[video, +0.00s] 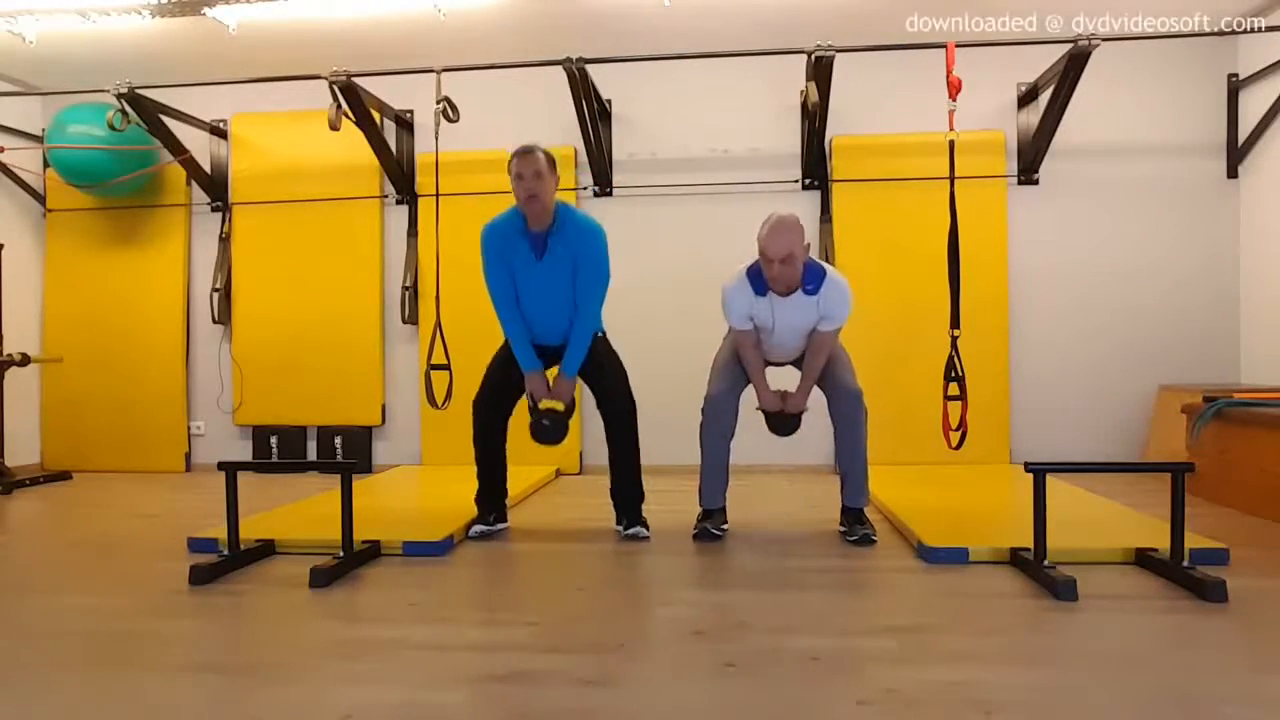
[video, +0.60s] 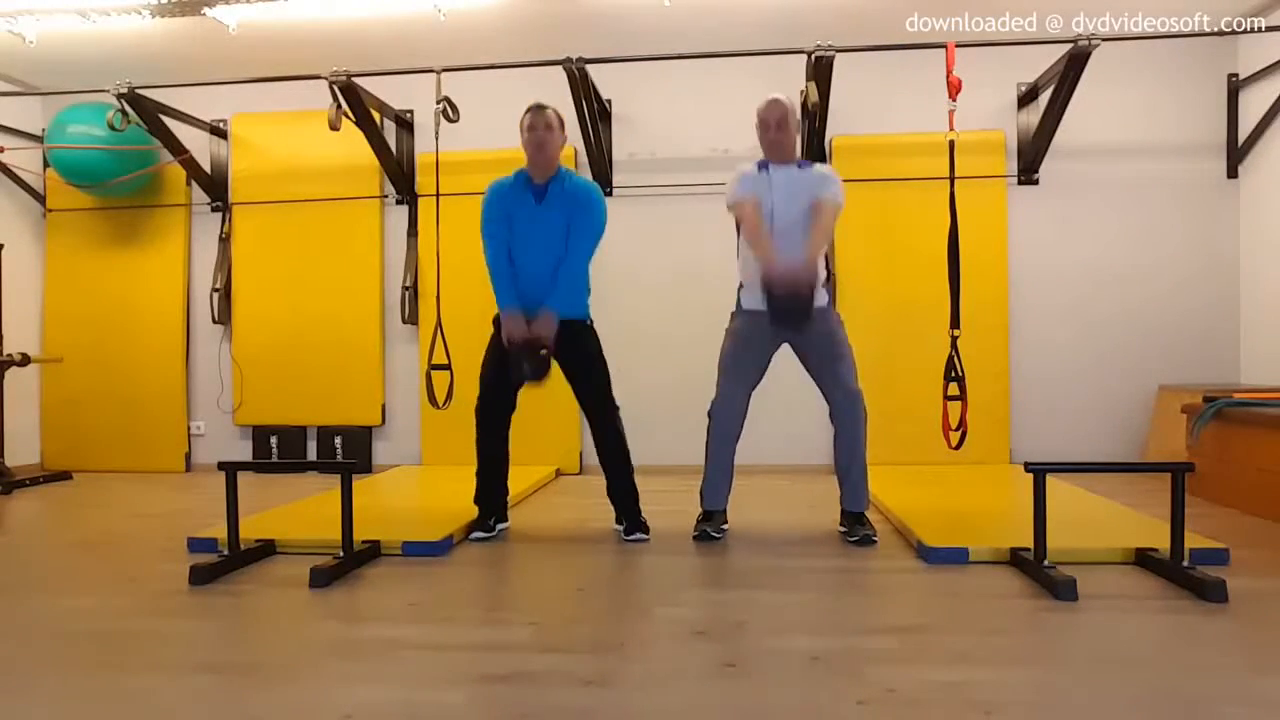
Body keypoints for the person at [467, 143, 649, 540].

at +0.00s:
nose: (527, 186)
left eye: (536, 177)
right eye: (519, 178)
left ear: (555, 181)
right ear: (511, 185)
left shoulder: (587, 233)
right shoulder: (496, 235)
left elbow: (589, 313)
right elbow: (507, 311)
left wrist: (568, 373)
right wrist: (530, 368)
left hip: (582, 341)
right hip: (524, 343)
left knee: (620, 408)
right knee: (487, 410)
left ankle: (630, 514)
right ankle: (492, 512)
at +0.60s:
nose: (538, 135)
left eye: (546, 128)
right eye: (531, 129)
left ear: (563, 139)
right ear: (521, 140)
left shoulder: (586, 195)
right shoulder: (500, 194)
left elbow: (577, 260)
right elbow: (496, 256)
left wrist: (552, 311)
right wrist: (509, 310)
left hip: (569, 320)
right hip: (512, 320)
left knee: (603, 413)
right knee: (491, 413)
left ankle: (629, 515)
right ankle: (491, 512)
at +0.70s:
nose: (544, 134)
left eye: (552, 128)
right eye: (537, 128)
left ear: (567, 140)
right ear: (527, 139)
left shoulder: (587, 187)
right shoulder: (503, 187)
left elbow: (575, 227)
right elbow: (493, 227)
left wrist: (543, 253)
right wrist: (503, 255)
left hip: (566, 317)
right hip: (514, 316)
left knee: (598, 415)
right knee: (498, 415)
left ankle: (629, 515)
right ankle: (492, 513)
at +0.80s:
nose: (548, 138)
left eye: (556, 133)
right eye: (541, 134)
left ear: (570, 146)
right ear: (529, 146)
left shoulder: (588, 184)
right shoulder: (512, 182)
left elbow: (580, 194)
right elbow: (492, 199)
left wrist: (538, 199)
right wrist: (503, 209)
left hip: (568, 317)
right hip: (516, 313)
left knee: (598, 417)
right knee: (501, 416)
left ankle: (630, 517)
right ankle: (493, 515)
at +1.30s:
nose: (549, 135)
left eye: (556, 129)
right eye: (541, 130)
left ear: (572, 139)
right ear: (531, 140)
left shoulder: (593, 187)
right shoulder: (515, 186)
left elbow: (583, 215)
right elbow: (497, 216)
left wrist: (542, 218)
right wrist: (513, 216)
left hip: (580, 324)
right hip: (526, 323)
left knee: (609, 418)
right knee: (502, 418)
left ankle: (630, 515)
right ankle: (493, 514)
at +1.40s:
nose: (547, 143)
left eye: (555, 137)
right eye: (540, 138)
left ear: (571, 148)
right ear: (530, 149)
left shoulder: (594, 203)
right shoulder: (510, 201)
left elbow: (581, 250)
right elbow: (502, 246)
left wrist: (549, 278)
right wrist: (509, 277)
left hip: (582, 331)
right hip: (529, 333)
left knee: (616, 415)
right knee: (495, 412)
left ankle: (630, 514)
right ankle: (493, 513)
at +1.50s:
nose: (543, 156)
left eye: (551, 150)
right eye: (536, 151)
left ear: (567, 161)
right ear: (525, 164)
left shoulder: (593, 218)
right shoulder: (507, 217)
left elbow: (585, 284)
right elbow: (505, 281)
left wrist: (560, 338)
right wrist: (517, 335)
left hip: (581, 335)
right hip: (525, 336)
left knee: (622, 410)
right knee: (489, 411)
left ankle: (631, 514)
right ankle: (493, 512)